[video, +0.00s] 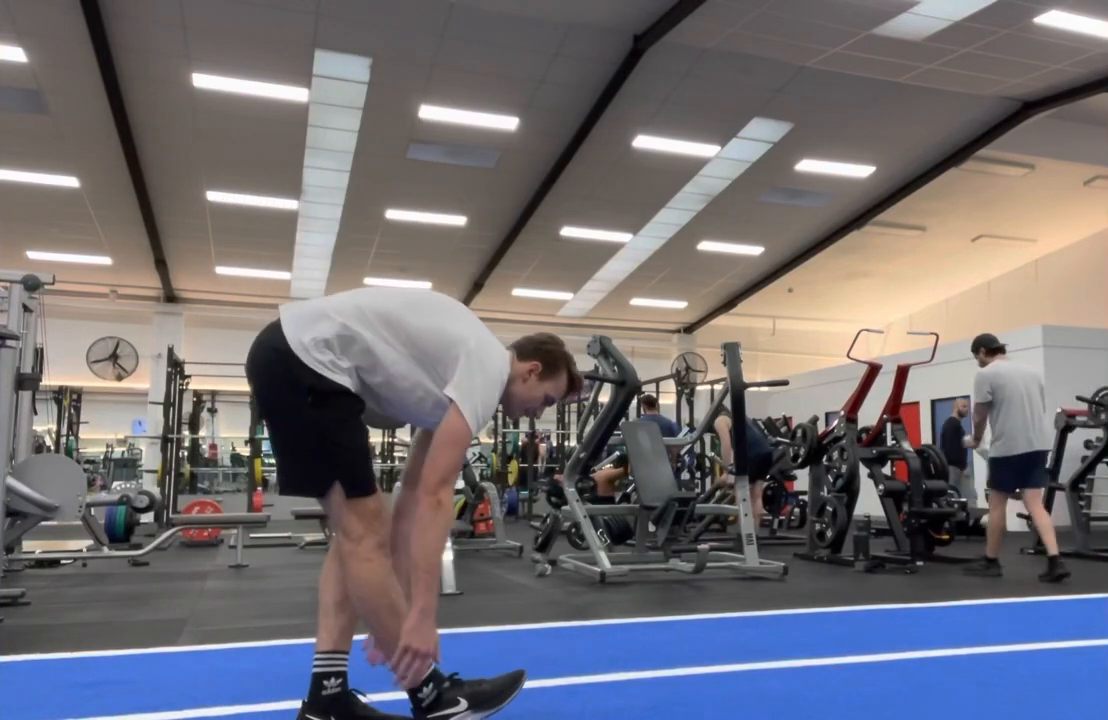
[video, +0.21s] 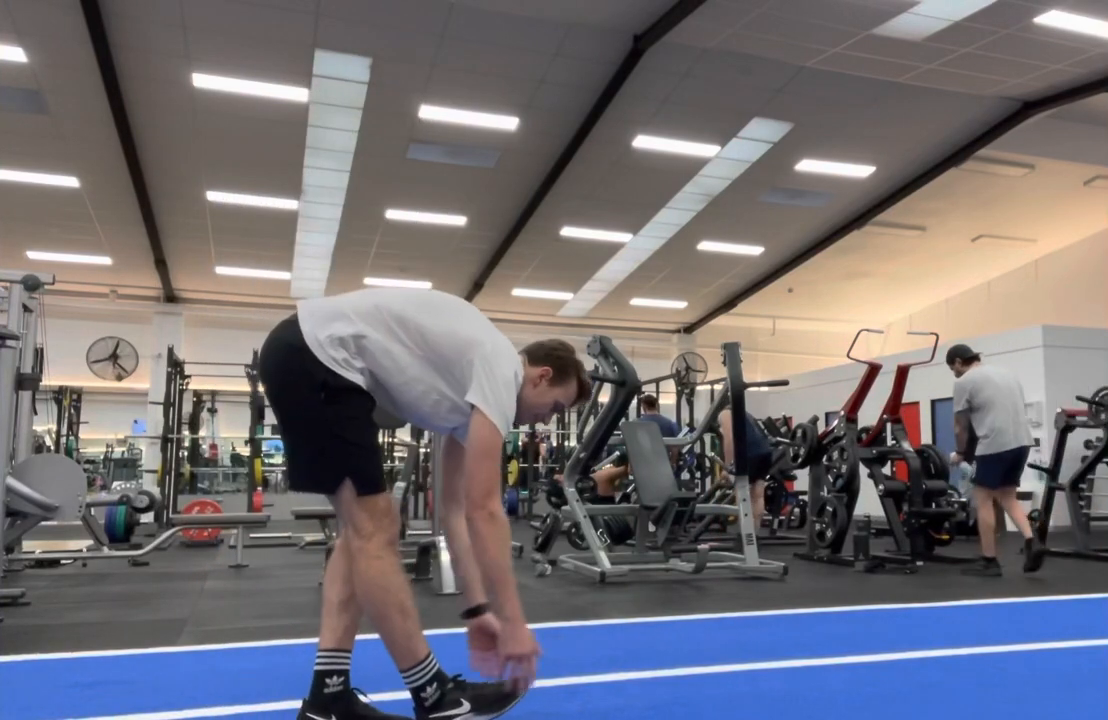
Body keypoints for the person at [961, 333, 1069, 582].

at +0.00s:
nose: (977, 362)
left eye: (976, 358)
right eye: (975, 358)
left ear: (982, 352)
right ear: (1002, 350)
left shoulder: (986, 374)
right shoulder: (1031, 372)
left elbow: (980, 416)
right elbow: (1041, 408)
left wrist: (976, 440)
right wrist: (1029, 434)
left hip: (1006, 448)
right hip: (1039, 445)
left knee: (997, 504)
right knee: (1035, 504)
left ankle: (990, 560)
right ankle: (1056, 561)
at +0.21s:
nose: (954, 374)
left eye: (953, 369)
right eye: (953, 370)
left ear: (958, 362)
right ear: (976, 358)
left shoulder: (964, 382)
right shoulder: (1005, 373)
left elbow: (961, 428)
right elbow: (1018, 408)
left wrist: (961, 453)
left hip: (994, 446)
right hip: (1021, 442)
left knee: (983, 498)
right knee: (1007, 496)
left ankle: (989, 559)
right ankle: (1031, 539)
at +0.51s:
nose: (933, 396)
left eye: (931, 392)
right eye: (931, 393)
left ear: (937, 384)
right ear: (949, 379)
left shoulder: (946, 398)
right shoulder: (970, 387)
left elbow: (948, 441)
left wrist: (946, 472)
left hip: (991, 444)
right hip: (1012, 441)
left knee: (975, 500)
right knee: (992, 500)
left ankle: (988, 558)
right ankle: (984, 551)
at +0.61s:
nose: (928, 405)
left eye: (927, 400)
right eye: (926, 402)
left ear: (931, 392)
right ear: (942, 388)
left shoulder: (943, 404)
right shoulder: (963, 394)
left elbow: (945, 446)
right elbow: (987, 430)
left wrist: (944, 478)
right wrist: (974, 463)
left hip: (993, 444)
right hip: (1010, 441)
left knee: (974, 498)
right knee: (985, 498)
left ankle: (988, 558)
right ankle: (982, 552)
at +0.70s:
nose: (924, 412)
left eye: (922, 407)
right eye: (921, 409)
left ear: (927, 399)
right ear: (935, 396)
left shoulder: (940, 408)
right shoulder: (957, 401)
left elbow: (943, 451)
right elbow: (976, 444)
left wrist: (943, 482)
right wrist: (960, 473)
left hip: (992, 445)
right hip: (1008, 441)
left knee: (973, 498)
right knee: (985, 499)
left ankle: (987, 557)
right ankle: (981, 553)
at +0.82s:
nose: (921, 416)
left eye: (919, 411)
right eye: (919, 413)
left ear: (923, 403)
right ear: (932, 398)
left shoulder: (938, 410)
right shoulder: (956, 405)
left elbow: (943, 451)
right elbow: (966, 456)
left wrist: (942, 481)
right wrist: (949, 480)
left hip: (994, 444)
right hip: (1007, 440)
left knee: (973, 497)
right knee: (980, 500)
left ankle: (987, 555)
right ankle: (983, 552)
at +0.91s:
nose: (920, 418)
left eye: (917, 414)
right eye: (917, 416)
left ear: (921, 406)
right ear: (928, 402)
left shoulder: (938, 411)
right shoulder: (952, 406)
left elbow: (944, 453)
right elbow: (962, 456)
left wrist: (944, 482)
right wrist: (947, 480)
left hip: (995, 442)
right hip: (1007, 439)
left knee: (976, 497)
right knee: (980, 499)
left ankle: (997, 555)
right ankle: (981, 554)